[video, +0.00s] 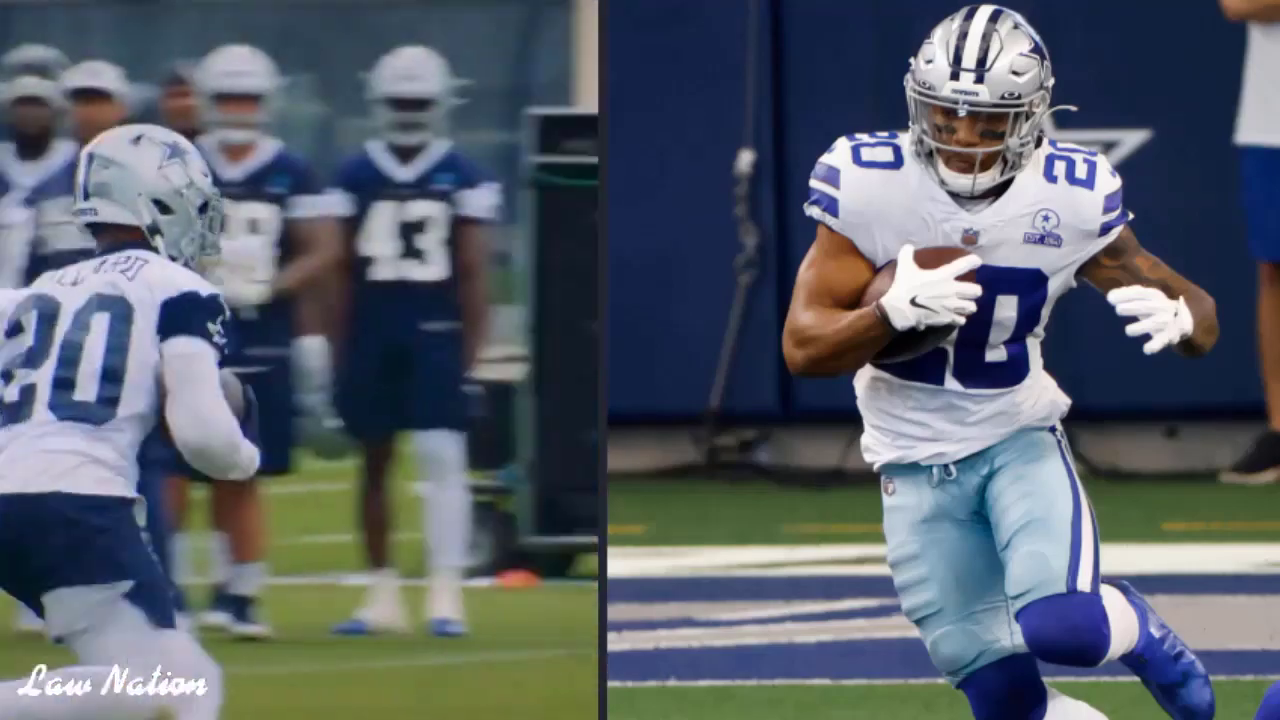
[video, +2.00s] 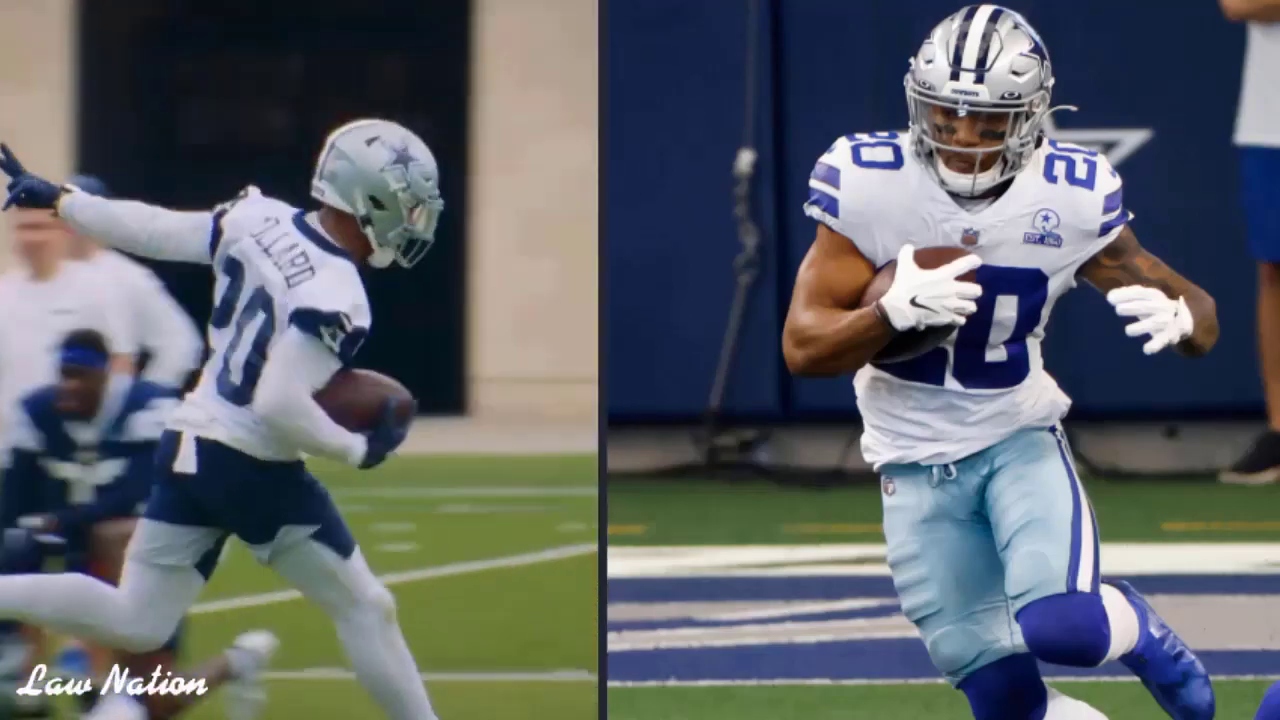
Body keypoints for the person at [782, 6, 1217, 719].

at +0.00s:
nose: (965, 137)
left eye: (987, 121)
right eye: (950, 116)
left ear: (1027, 118)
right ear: (922, 109)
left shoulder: (1071, 193)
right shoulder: (863, 179)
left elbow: (1196, 308)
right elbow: (801, 349)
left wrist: (1181, 319)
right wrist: (887, 313)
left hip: (1018, 437)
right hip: (911, 468)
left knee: (1054, 626)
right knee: (1001, 697)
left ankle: (1142, 633)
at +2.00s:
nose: (965, 137)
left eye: (988, 121)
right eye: (950, 116)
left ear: (1027, 118)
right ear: (922, 108)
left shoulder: (1071, 194)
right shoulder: (863, 179)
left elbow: (1196, 308)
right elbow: (801, 349)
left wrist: (1181, 319)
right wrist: (887, 313)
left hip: (1018, 437)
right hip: (911, 467)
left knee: (1054, 626)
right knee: (1001, 697)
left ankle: (1142, 633)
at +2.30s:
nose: (965, 137)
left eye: (988, 121)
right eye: (950, 116)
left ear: (1027, 118)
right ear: (922, 108)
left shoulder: (1071, 194)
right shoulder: (863, 179)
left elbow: (1196, 308)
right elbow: (801, 349)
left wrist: (1181, 319)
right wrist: (887, 313)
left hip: (1018, 437)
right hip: (911, 467)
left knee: (1054, 626)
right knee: (1001, 697)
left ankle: (1142, 633)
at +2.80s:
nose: (965, 137)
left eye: (987, 121)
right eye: (950, 116)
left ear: (1027, 118)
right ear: (922, 109)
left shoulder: (1071, 194)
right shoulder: (863, 180)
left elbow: (1197, 309)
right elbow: (801, 350)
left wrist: (1180, 318)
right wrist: (887, 313)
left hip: (1018, 437)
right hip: (911, 468)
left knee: (1054, 626)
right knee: (1001, 697)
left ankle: (1142, 633)